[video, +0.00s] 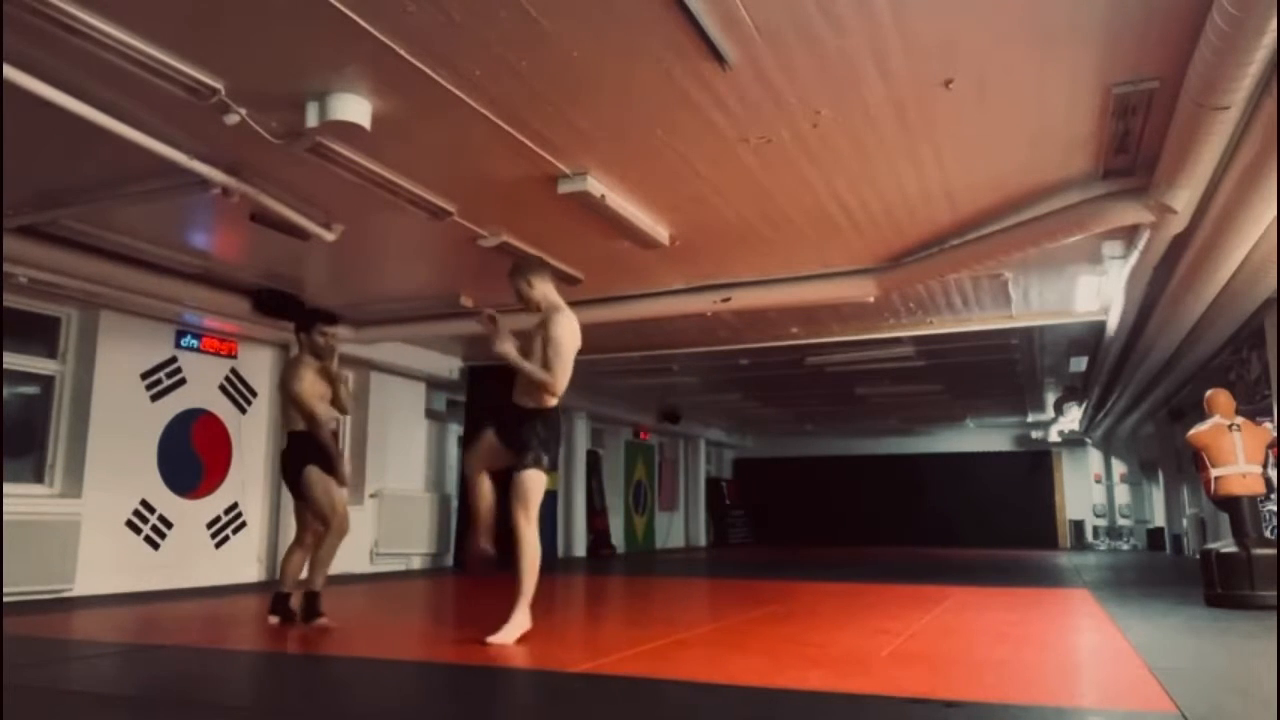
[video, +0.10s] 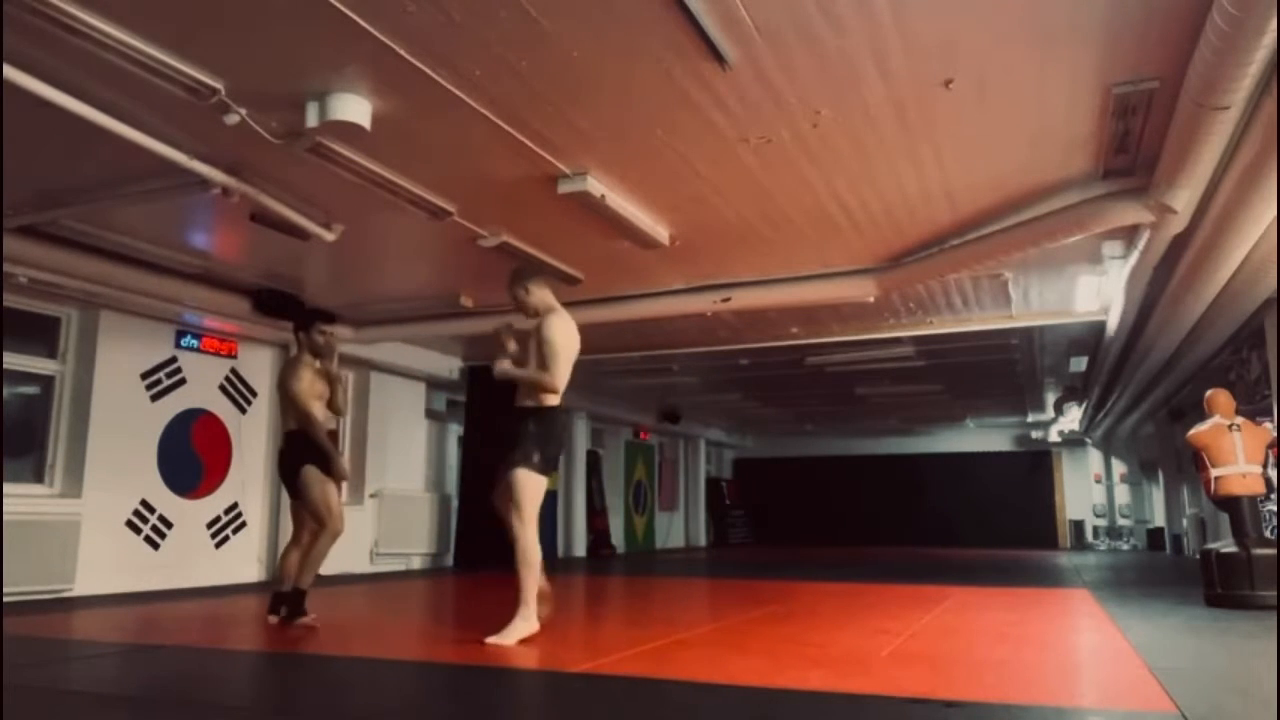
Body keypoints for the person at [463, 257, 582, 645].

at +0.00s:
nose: (521, 301)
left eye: (521, 292)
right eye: (518, 294)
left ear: (537, 284)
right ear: (537, 284)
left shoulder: (562, 323)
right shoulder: (548, 320)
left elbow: (555, 385)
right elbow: (524, 350)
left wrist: (511, 355)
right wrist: (499, 330)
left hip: (540, 423)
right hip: (518, 418)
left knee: (525, 516)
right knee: (475, 461)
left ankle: (522, 611)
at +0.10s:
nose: (520, 307)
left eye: (520, 299)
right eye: (518, 301)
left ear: (533, 290)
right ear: (536, 290)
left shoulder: (555, 323)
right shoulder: (548, 324)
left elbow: (555, 381)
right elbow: (536, 371)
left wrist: (512, 370)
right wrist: (515, 349)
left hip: (540, 424)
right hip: (531, 422)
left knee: (525, 518)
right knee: (506, 501)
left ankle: (527, 613)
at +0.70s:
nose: (528, 329)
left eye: (529, 323)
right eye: (526, 325)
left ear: (540, 312)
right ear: (558, 308)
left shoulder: (546, 331)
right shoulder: (593, 342)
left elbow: (490, 357)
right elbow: (560, 364)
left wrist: (468, 334)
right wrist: (529, 342)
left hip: (549, 435)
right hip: (582, 438)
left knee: (527, 526)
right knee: (577, 531)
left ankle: (535, 618)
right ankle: (579, 617)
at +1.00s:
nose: (526, 335)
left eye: (524, 329)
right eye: (523, 330)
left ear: (534, 316)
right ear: (549, 311)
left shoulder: (544, 340)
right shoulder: (590, 346)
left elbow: (514, 394)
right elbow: (571, 388)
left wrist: (477, 383)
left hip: (545, 436)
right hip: (578, 438)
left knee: (532, 532)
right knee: (570, 532)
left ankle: (536, 621)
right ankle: (579, 617)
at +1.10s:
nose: (526, 333)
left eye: (525, 327)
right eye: (523, 328)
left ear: (535, 315)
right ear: (550, 310)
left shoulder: (545, 338)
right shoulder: (590, 343)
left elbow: (505, 385)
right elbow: (569, 383)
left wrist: (475, 365)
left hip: (548, 437)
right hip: (580, 438)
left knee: (536, 533)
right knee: (574, 530)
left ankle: (536, 621)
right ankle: (587, 615)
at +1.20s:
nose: (531, 332)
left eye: (529, 326)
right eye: (528, 328)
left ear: (539, 314)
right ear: (555, 310)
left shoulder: (553, 335)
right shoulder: (592, 342)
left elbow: (502, 371)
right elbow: (564, 387)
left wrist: (484, 335)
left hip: (554, 434)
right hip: (585, 435)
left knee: (541, 531)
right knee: (579, 528)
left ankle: (536, 621)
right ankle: (605, 611)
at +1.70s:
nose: (550, 335)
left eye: (548, 328)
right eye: (547, 329)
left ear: (556, 317)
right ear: (564, 312)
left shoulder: (585, 333)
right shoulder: (595, 335)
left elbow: (547, 377)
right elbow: (580, 397)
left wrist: (536, 333)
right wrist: (551, 414)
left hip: (598, 432)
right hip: (591, 430)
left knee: (593, 528)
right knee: (540, 456)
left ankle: (605, 617)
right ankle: (542, 538)